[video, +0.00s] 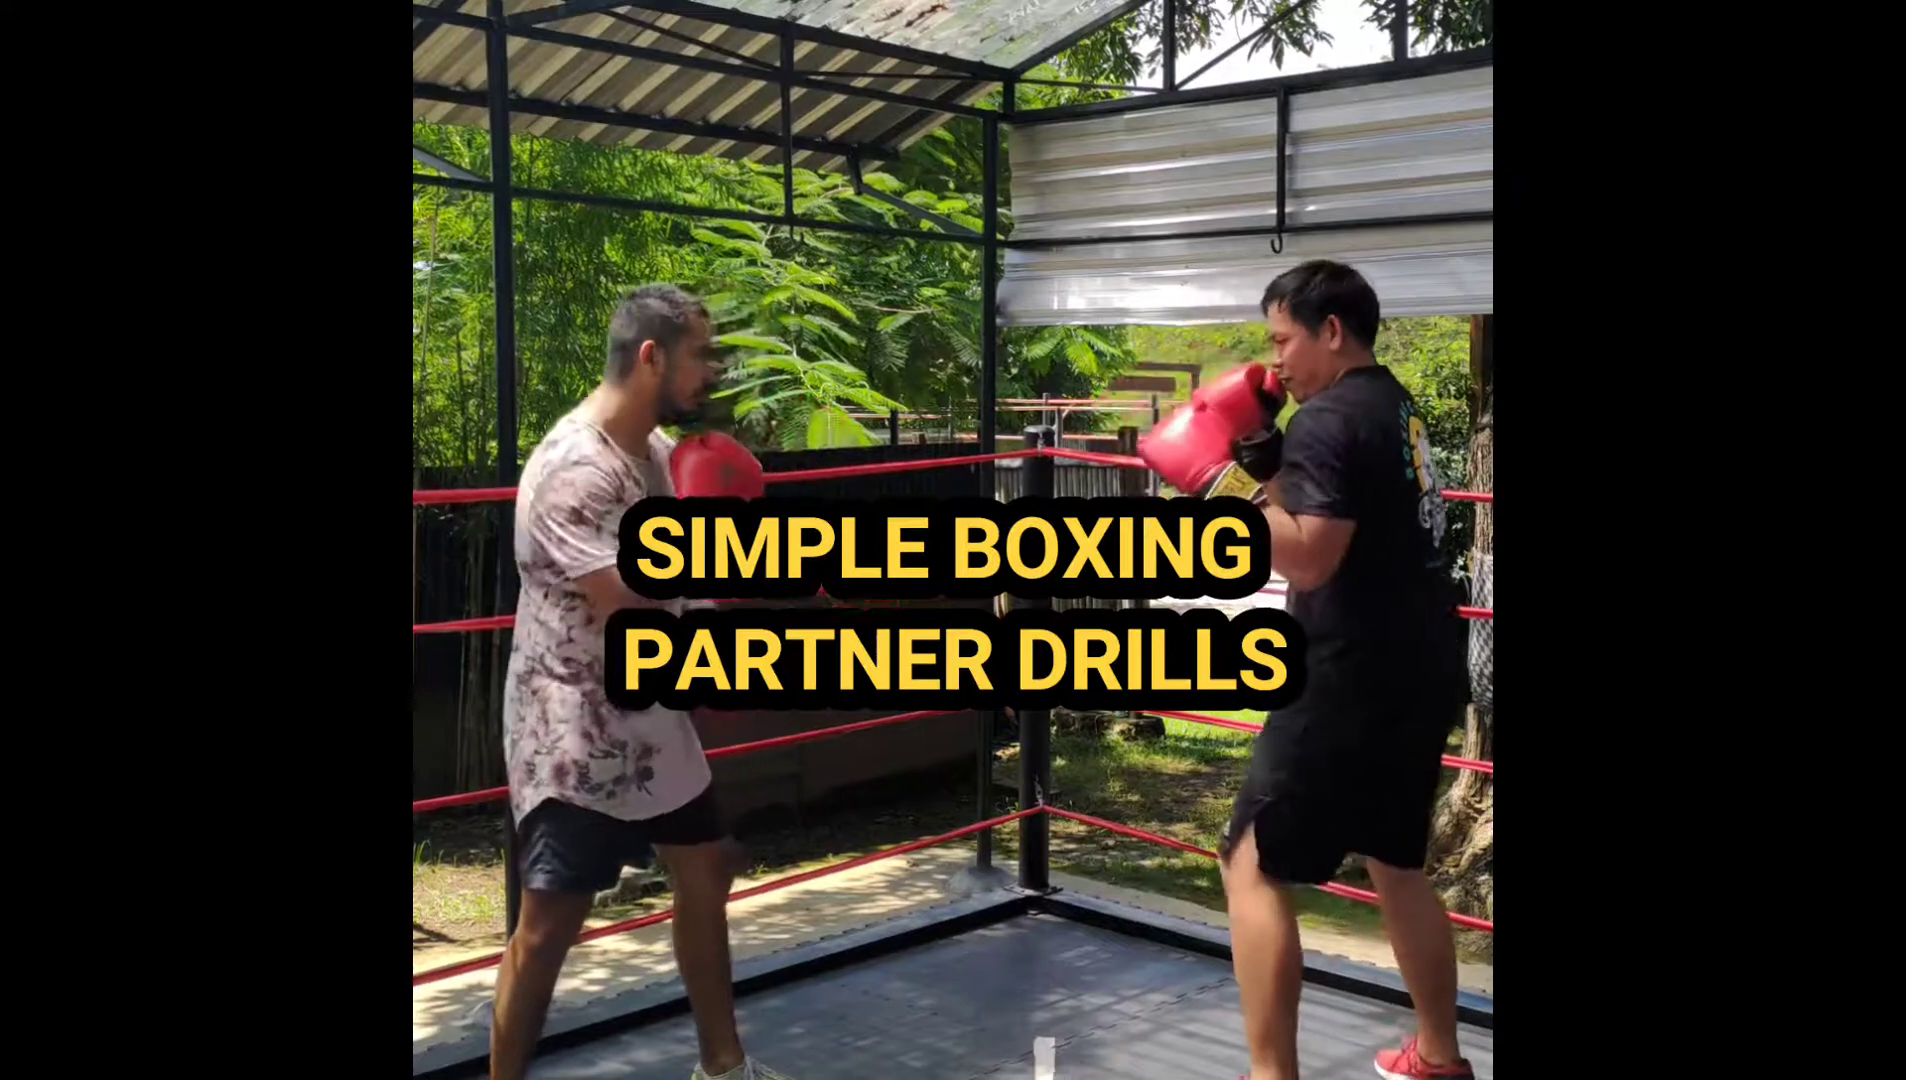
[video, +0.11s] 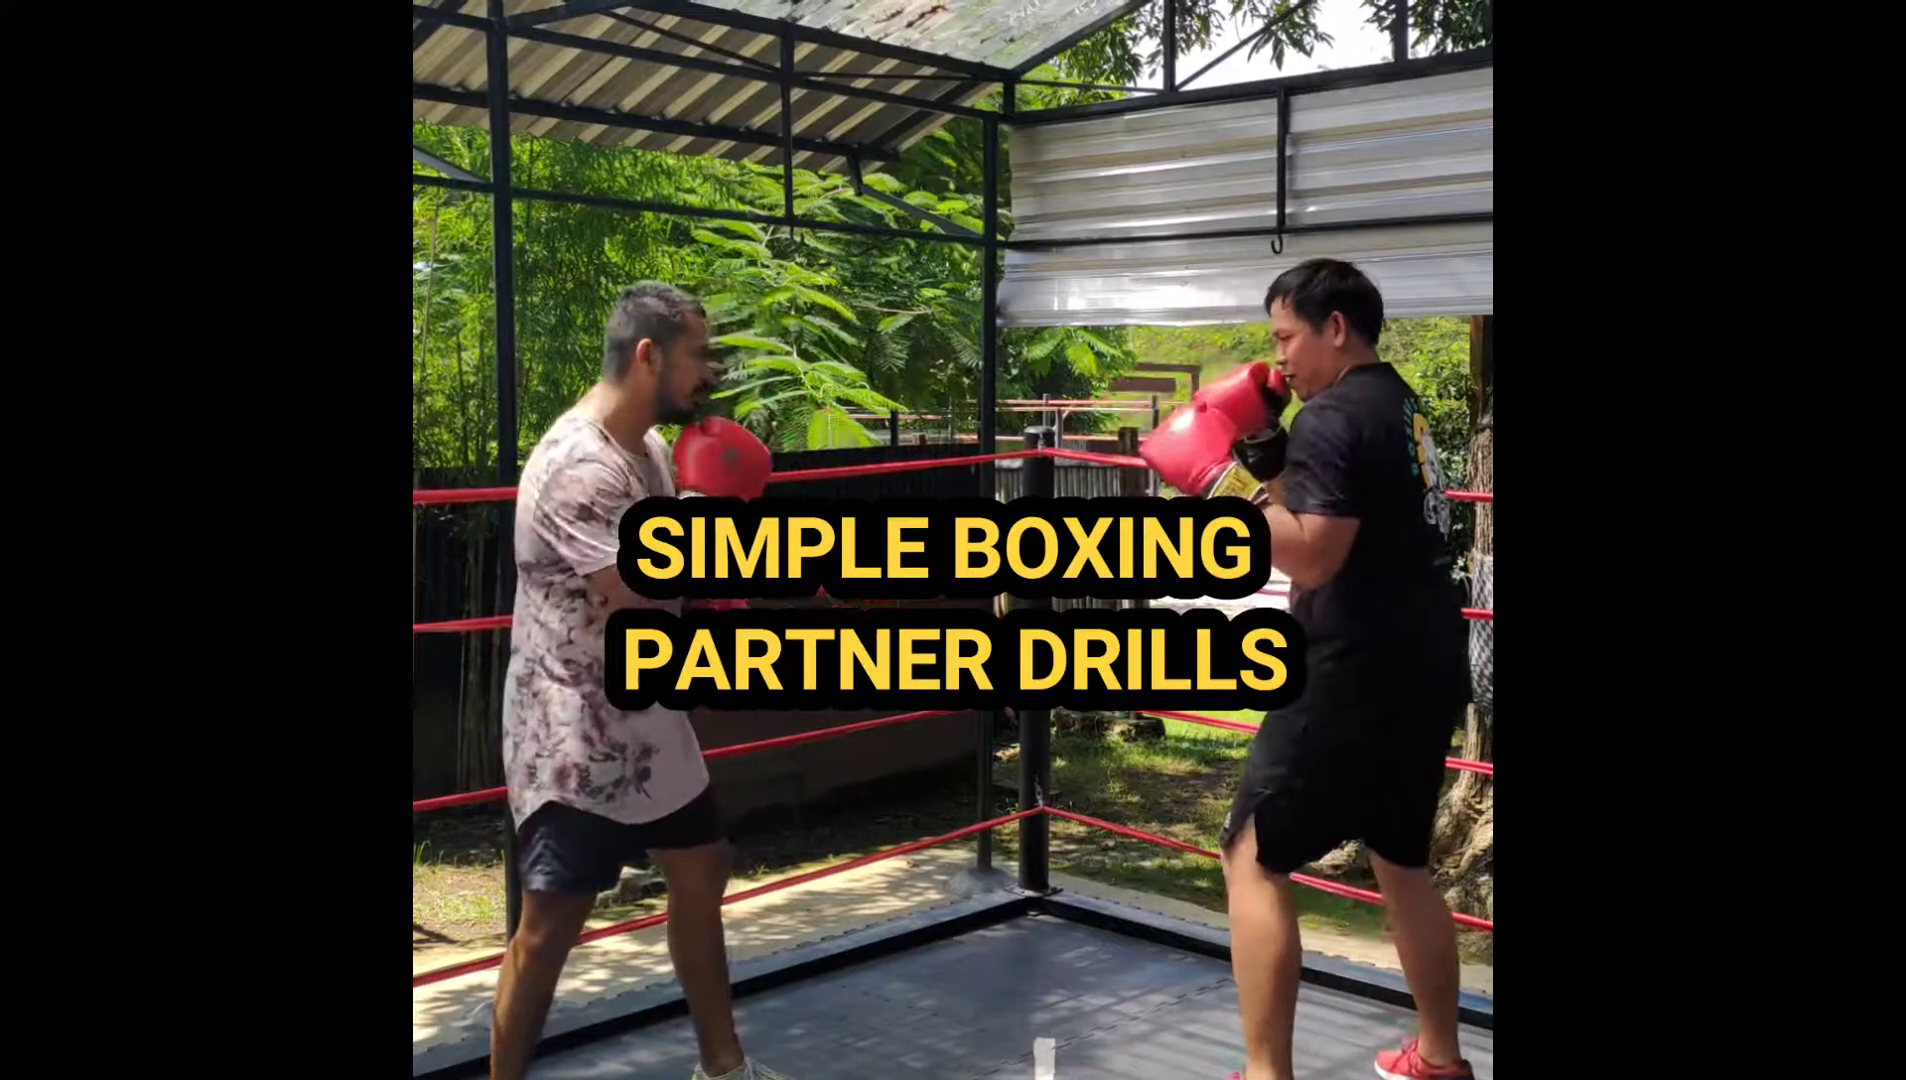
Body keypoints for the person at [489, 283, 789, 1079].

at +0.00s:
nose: (711, 373)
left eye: (712, 356)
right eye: (702, 356)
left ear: (653, 358)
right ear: (649, 354)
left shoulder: (656, 454)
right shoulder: (569, 470)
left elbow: (687, 571)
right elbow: (620, 603)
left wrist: (738, 515)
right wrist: (725, 551)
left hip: (653, 714)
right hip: (570, 724)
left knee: (705, 874)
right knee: (545, 928)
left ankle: (724, 1063)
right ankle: (505, 1077)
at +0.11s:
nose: (709, 372)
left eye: (710, 356)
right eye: (700, 355)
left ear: (647, 358)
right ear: (647, 355)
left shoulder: (652, 451)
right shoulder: (575, 468)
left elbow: (680, 574)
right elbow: (634, 600)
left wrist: (730, 511)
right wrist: (714, 520)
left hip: (650, 715)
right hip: (571, 725)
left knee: (701, 872)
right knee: (546, 929)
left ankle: (724, 1062)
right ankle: (505, 1077)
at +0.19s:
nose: (712, 369)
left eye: (712, 352)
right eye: (703, 351)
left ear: (651, 353)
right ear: (651, 350)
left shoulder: (645, 447)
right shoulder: (585, 461)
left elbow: (671, 577)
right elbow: (641, 598)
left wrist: (730, 502)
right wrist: (710, 503)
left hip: (656, 721)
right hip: (579, 730)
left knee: (698, 875)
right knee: (549, 927)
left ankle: (723, 1062)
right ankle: (505, 1076)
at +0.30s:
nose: (728, 370)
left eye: (729, 353)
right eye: (720, 352)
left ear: (668, 353)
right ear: (670, 350)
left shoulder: (650, 450)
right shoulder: (608, 455)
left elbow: (685, 573)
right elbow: (674, 581)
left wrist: (728, 490)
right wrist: (726, 490)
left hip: (671, 726)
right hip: (594, 733)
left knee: (708, 878)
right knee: (555, 930)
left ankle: (723, 1062)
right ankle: (507, 1075)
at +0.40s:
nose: (749, 372)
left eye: (750, 355)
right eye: (741, 354)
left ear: (687, 353)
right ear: (691, 351)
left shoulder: (658, 448)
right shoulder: (625, 456)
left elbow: (690, 571)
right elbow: (683, 583)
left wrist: (741, 499)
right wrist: (742, 497)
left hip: (681, 718)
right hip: (606, 729)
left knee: (721, 870)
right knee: (565, 923)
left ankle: (724, 1061)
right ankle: (510, 1073)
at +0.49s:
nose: (761, 370)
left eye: (762, 353)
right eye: (752, 353)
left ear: (698, 355)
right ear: (704, 351)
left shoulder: (667, 444)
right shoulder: (642, 457)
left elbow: (699, 573)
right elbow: (694, 590)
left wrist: (755, 501)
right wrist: (755, 502)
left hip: (687, 716)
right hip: (618, 725)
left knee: (730, 871)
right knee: (571, 919)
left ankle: (726, 1062)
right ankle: (512, 1073)